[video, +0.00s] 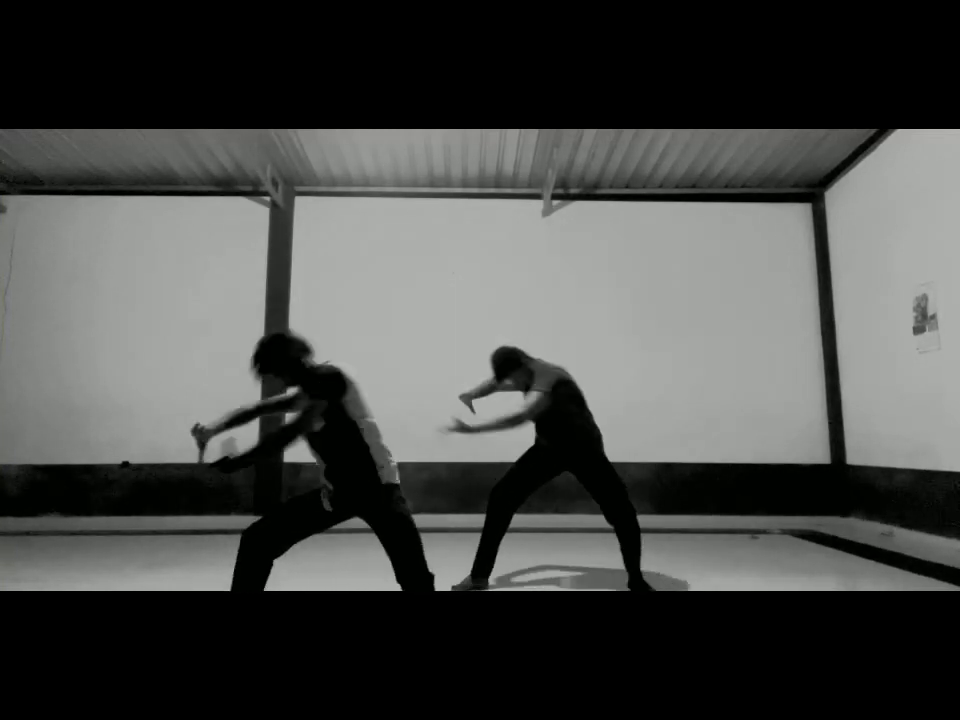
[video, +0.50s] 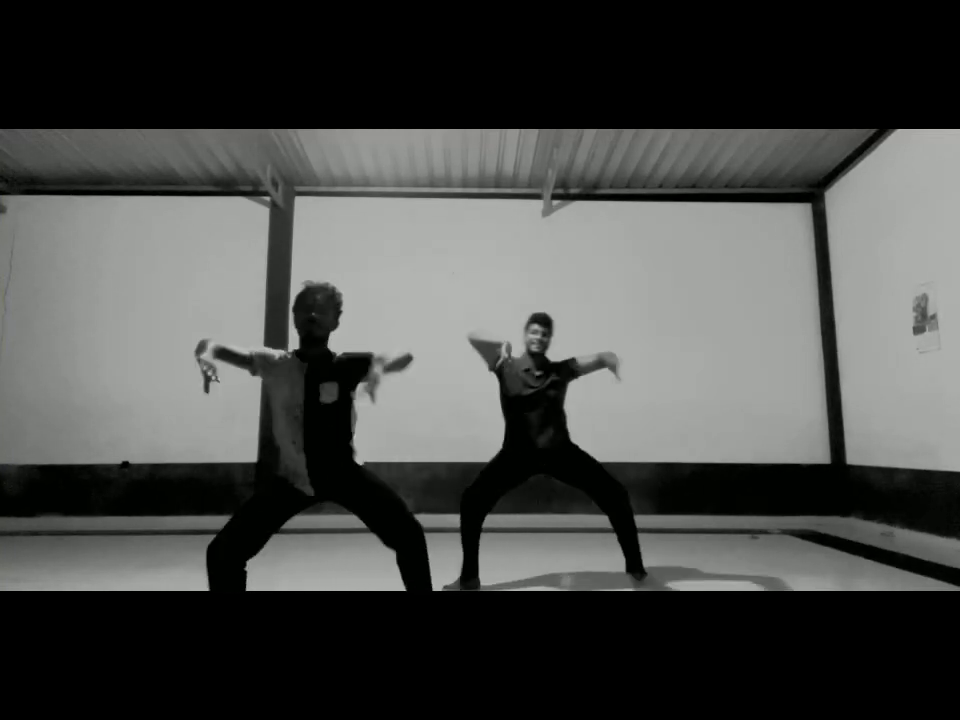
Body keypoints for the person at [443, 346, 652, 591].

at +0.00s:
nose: (512, 385)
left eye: (513, 378)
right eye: (508, 381)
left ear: (523, 367)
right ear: (507, 377)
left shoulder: (549, 377)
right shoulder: (526, 375)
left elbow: (524, 415)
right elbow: (496, 384)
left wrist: (473, 429)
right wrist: (471, 395)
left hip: (583, 453)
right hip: (548, 451)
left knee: (622, 512)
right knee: (502, 497)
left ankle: (635, 578)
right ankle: (479, 577)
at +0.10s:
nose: (530, 376)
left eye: (532, 371)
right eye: (527, 372)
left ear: (543, 361)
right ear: (528, 366)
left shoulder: (573, 379)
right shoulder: (536, 372)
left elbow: (557, 416)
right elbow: (502, 377)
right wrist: (477, 395)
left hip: (583, 458)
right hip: (544, 455)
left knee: (626, 510)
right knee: (494, 492)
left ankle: (638, 581)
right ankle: (480, 572)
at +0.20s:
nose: (549, 352)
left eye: (552, 347)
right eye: (546, 347)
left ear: (562, 346)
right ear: (545, 348)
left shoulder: (587, 375)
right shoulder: (538, 369)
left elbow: (604, 393)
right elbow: (502, 366)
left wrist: (561, 408)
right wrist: (488, 391)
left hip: (579, 458)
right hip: (539, 455)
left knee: (625, 508)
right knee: (482, 489)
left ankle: (638, 579)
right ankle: (473, 565)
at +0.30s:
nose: (557, 347)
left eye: (564, 342)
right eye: (553, 341)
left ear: (575, 344)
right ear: (548, 342)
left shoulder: (588, 376)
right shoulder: (532, 367)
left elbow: (627, 371)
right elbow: (495, 347)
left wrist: (585, 378)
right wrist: (501, 371)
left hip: (572, 460)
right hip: (530, 459)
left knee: (621, 509)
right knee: (476, 501)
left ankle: (637, 580)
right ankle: (469, 575)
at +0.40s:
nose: (552, 341)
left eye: (558, 337)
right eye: (547, 336)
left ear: (565, 342)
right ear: (539, 339)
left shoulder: (573, 374)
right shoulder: (519, 366)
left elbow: (616, 359)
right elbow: (482, 335)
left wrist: (588, 369)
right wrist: (511, 351)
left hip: (567, 460)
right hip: (521, 459)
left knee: (615, 507)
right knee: (473, 501)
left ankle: (637, 579)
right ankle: (468, 577)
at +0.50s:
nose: (538, 338)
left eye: (544, 334)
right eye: (533, 332)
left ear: (550, 339)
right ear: (524, 336)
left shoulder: (561, 370)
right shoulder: (505, 367)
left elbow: (601, 358)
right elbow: (473, 339)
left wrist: (611, 363)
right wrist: (499, 346)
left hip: (560, 454)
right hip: (517, 455)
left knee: (615, 495)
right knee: (472, 501)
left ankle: (636, 571)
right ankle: (469, 577)